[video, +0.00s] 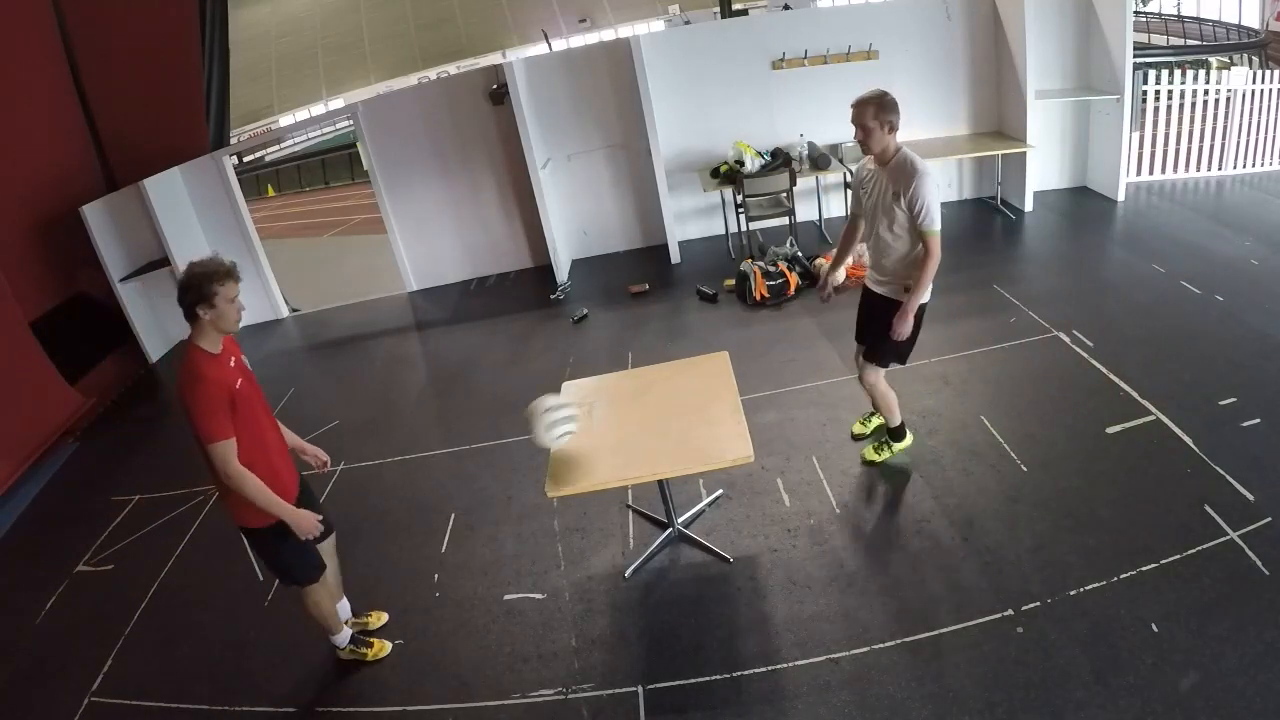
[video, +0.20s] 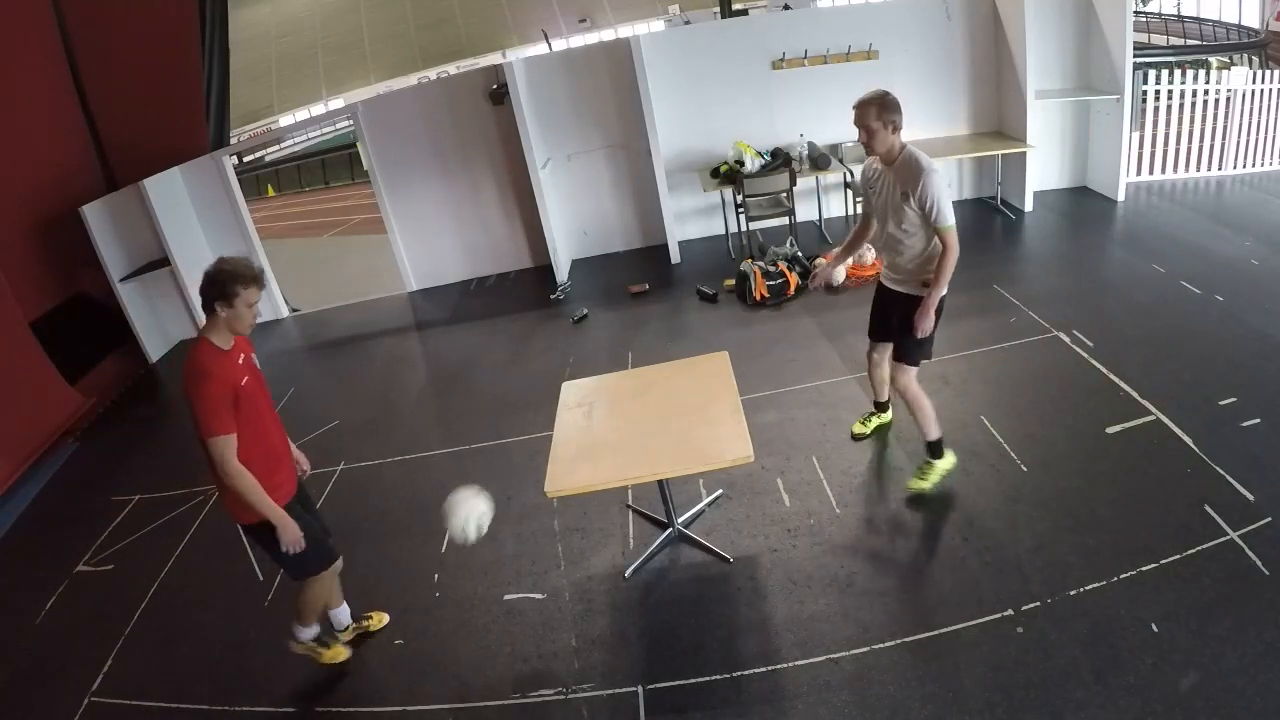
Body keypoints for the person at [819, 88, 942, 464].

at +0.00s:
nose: (856, 135)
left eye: (862, 128)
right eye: (854, 127)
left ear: (888, 127)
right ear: (873, 127)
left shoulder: (917, 176)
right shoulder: (864, 171)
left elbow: (933, 251)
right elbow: (855, 224)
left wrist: (910, 308)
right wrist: (833, 270)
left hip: (905, 294)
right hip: (874, 285)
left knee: (870, 374)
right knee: (866, 357)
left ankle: (899, 433)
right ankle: (882, 411)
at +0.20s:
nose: (860, 137)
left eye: (865, 129)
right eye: (857, 129)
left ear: (892, 127)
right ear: (877, 129)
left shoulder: (925, 175)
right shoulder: (871, 172)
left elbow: (951, 246)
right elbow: (866, 224)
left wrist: (929, 306)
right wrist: (835, 260)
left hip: (922, 289)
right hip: (888, 282)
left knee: (902, 377)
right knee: (877, 355)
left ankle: (939, 454)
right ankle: (882, 412)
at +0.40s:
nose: (883, 141)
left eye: (889, 134)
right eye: (882, 133)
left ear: (917, 134)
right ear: (904, 135)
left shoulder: (950, 187)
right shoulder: (898, 180)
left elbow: (969, 260)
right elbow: (893, 231)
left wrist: (939, 314)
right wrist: (870, 279)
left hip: (947, 304)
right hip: (908, 292)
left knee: (957, 391)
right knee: (887, 358)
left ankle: (1009, 459)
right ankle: (882, 411)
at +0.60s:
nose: (912, 147)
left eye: (919, 139)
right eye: (910, 138)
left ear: (948, 142)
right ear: (924, 140)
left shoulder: (981, 195)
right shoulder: (922, 186)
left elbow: (998, 274)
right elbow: (930, 247)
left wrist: (963, 329)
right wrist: (931, 293)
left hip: (982, 308)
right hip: (941, 297)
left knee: (988, 394)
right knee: (915, 361)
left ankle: (1013, 464)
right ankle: (897, 417)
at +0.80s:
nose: (924, 144)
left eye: (932, 138)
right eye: (923, 135)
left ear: (960, 142)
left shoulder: (993, 195)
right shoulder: (936, 181)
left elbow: (1023, 274)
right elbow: (952, 240)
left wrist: (1012, 343)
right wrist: (959, 283)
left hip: (992, 310)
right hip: (953, 298)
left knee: (998, 393)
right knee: (934, 362)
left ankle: (1014, 464)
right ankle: (942, 425)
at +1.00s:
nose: (923, 141)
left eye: (932, 134)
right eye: (922, 132)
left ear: (962, 138)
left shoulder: (990, 192)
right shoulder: (939, 179)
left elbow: (1016, 271)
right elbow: (945, 241)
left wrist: (1028, 340)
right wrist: (932, 290)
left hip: (990, 312)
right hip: (952, 300)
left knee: (1000, 392)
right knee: (943, 365)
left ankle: (1015, 464)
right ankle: (950, 427)